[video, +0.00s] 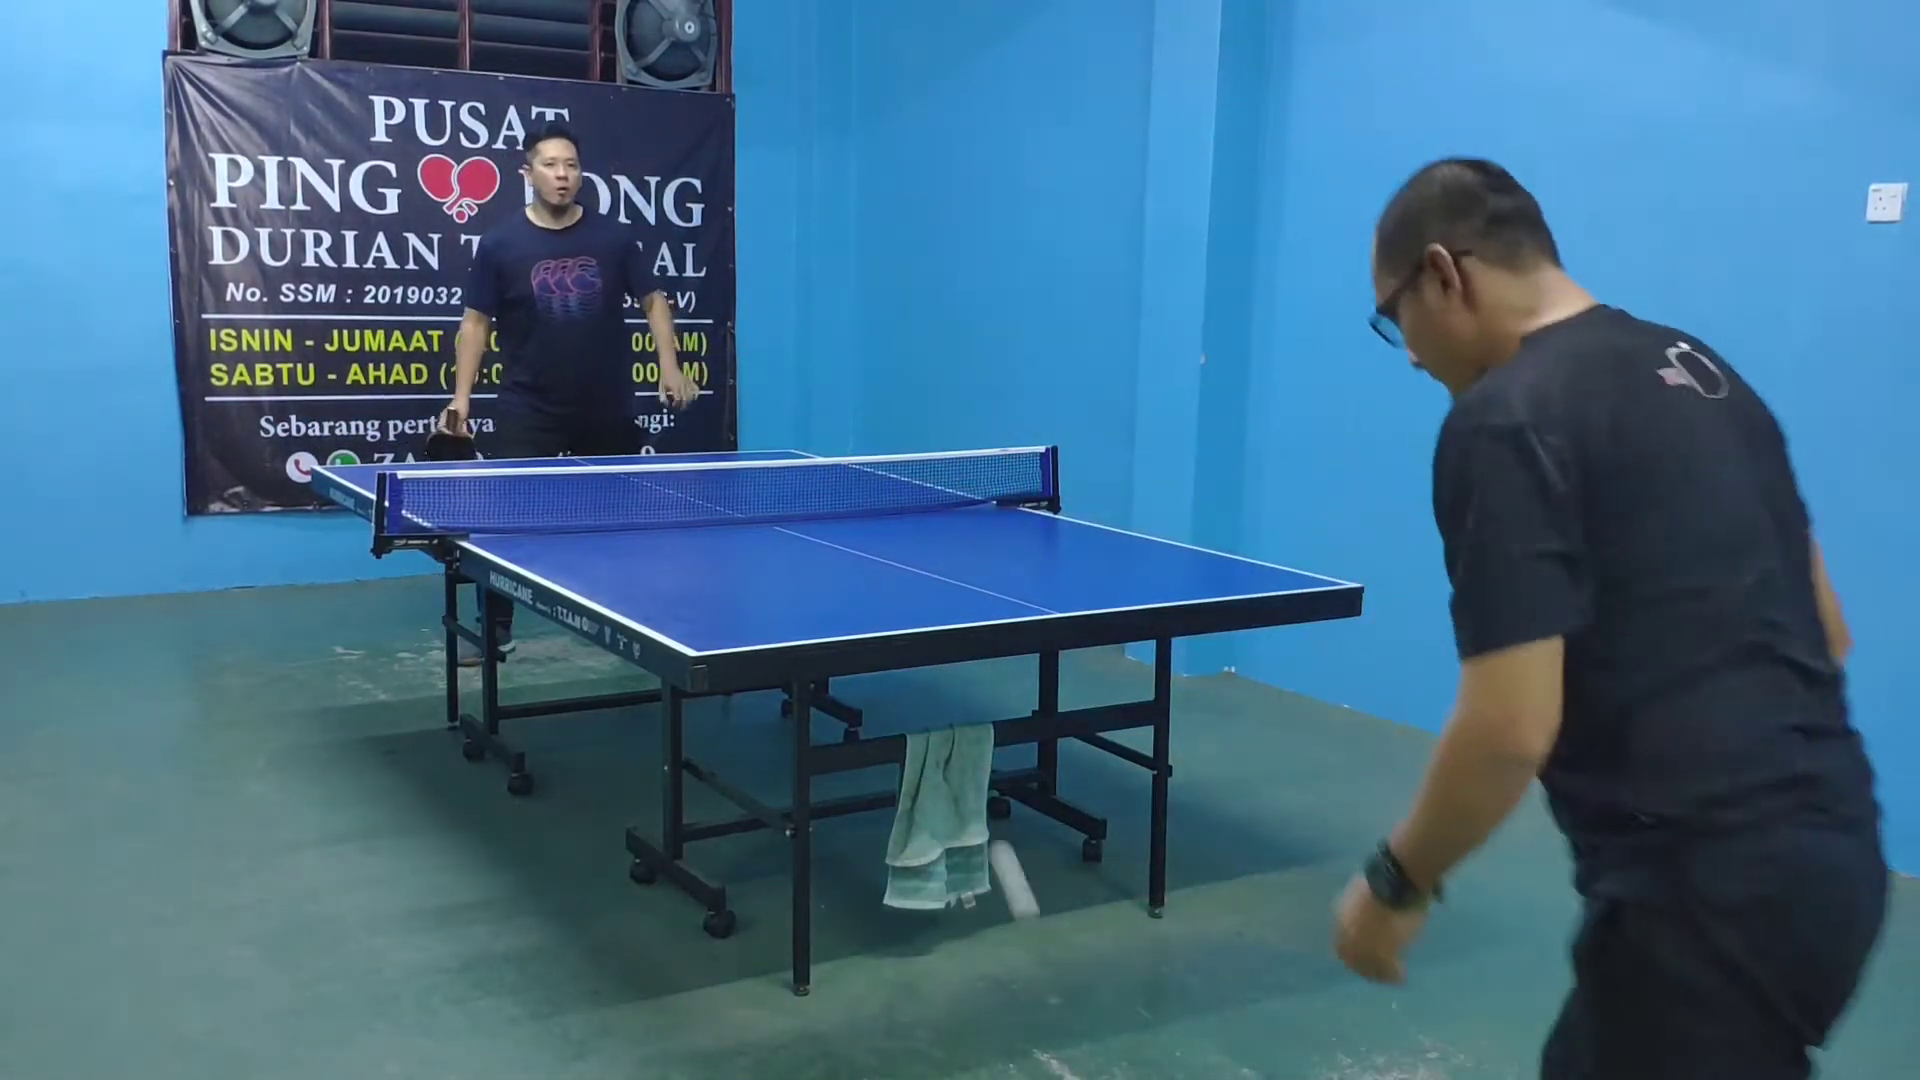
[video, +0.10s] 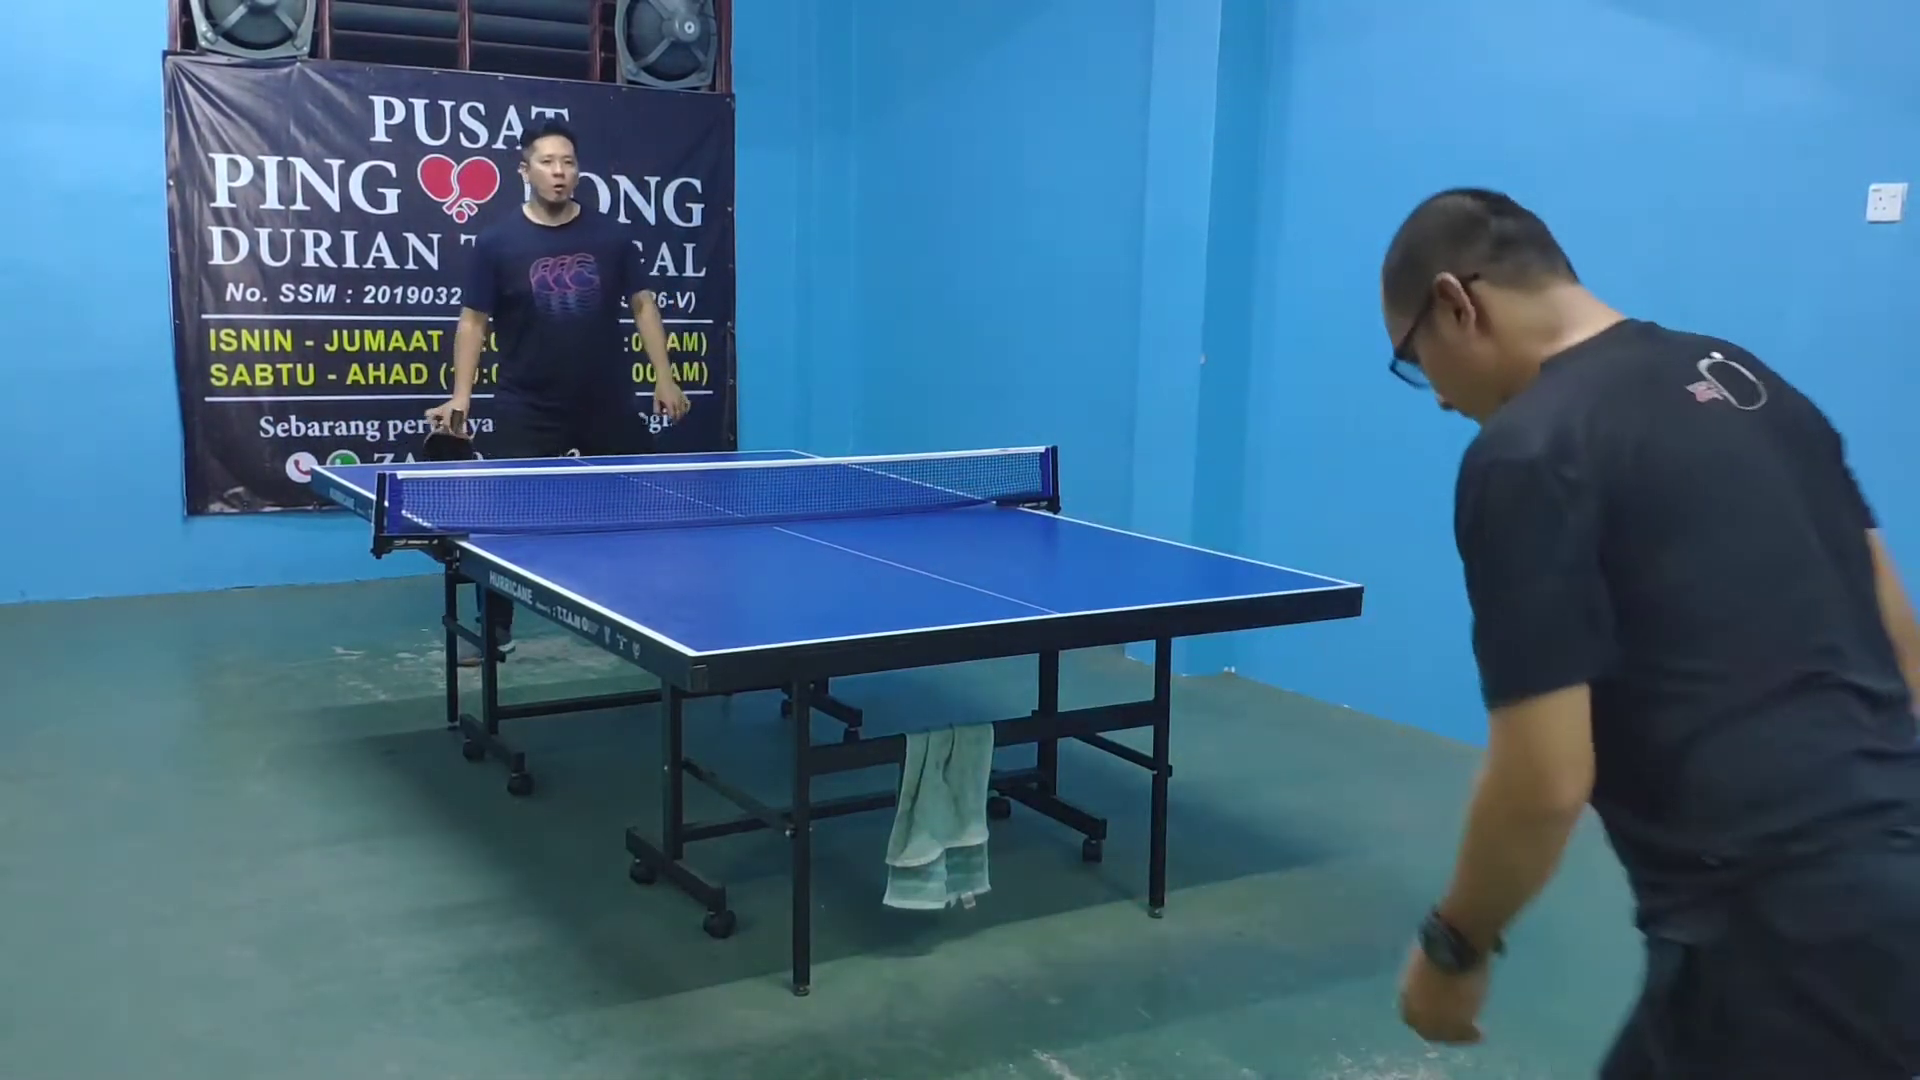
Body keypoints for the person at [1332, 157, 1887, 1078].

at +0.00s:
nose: (1408, 352)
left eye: (1395, 319)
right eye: (1389, 328)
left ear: (1447, 277)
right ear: (1538, 253)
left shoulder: (1508, 417)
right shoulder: (1703, 371)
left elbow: (1510, 725)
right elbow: (1823, 635)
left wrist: (1397, 881)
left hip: (1701, 896)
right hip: (1821, 865)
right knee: (1585, 1057)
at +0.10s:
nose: (1439, 398)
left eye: (1417, 359)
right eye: (1415, 370)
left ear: (1460, 305)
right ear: (1556, 276)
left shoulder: (1529, 450)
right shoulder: (1753, 382)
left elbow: (1544, 780)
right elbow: (1898, 641)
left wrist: (1454, 946)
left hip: (1782, 942)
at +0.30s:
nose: (1448, 450)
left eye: (1417, 418)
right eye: (1416, 428)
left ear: (1450, 357)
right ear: (1541, 302)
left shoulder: (1557, 485)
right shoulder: (1791, 371)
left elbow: (1629, 838)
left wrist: (1546, 1007)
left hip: (1857, 955)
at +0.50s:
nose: (1439, 445)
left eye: (1406, 412)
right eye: (1406, 424)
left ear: (1433, 348)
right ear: (1521, 292)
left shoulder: (1540, 471)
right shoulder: (1776, 357)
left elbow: (1663, 812)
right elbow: (1914, 518)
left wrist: (1618, 930)